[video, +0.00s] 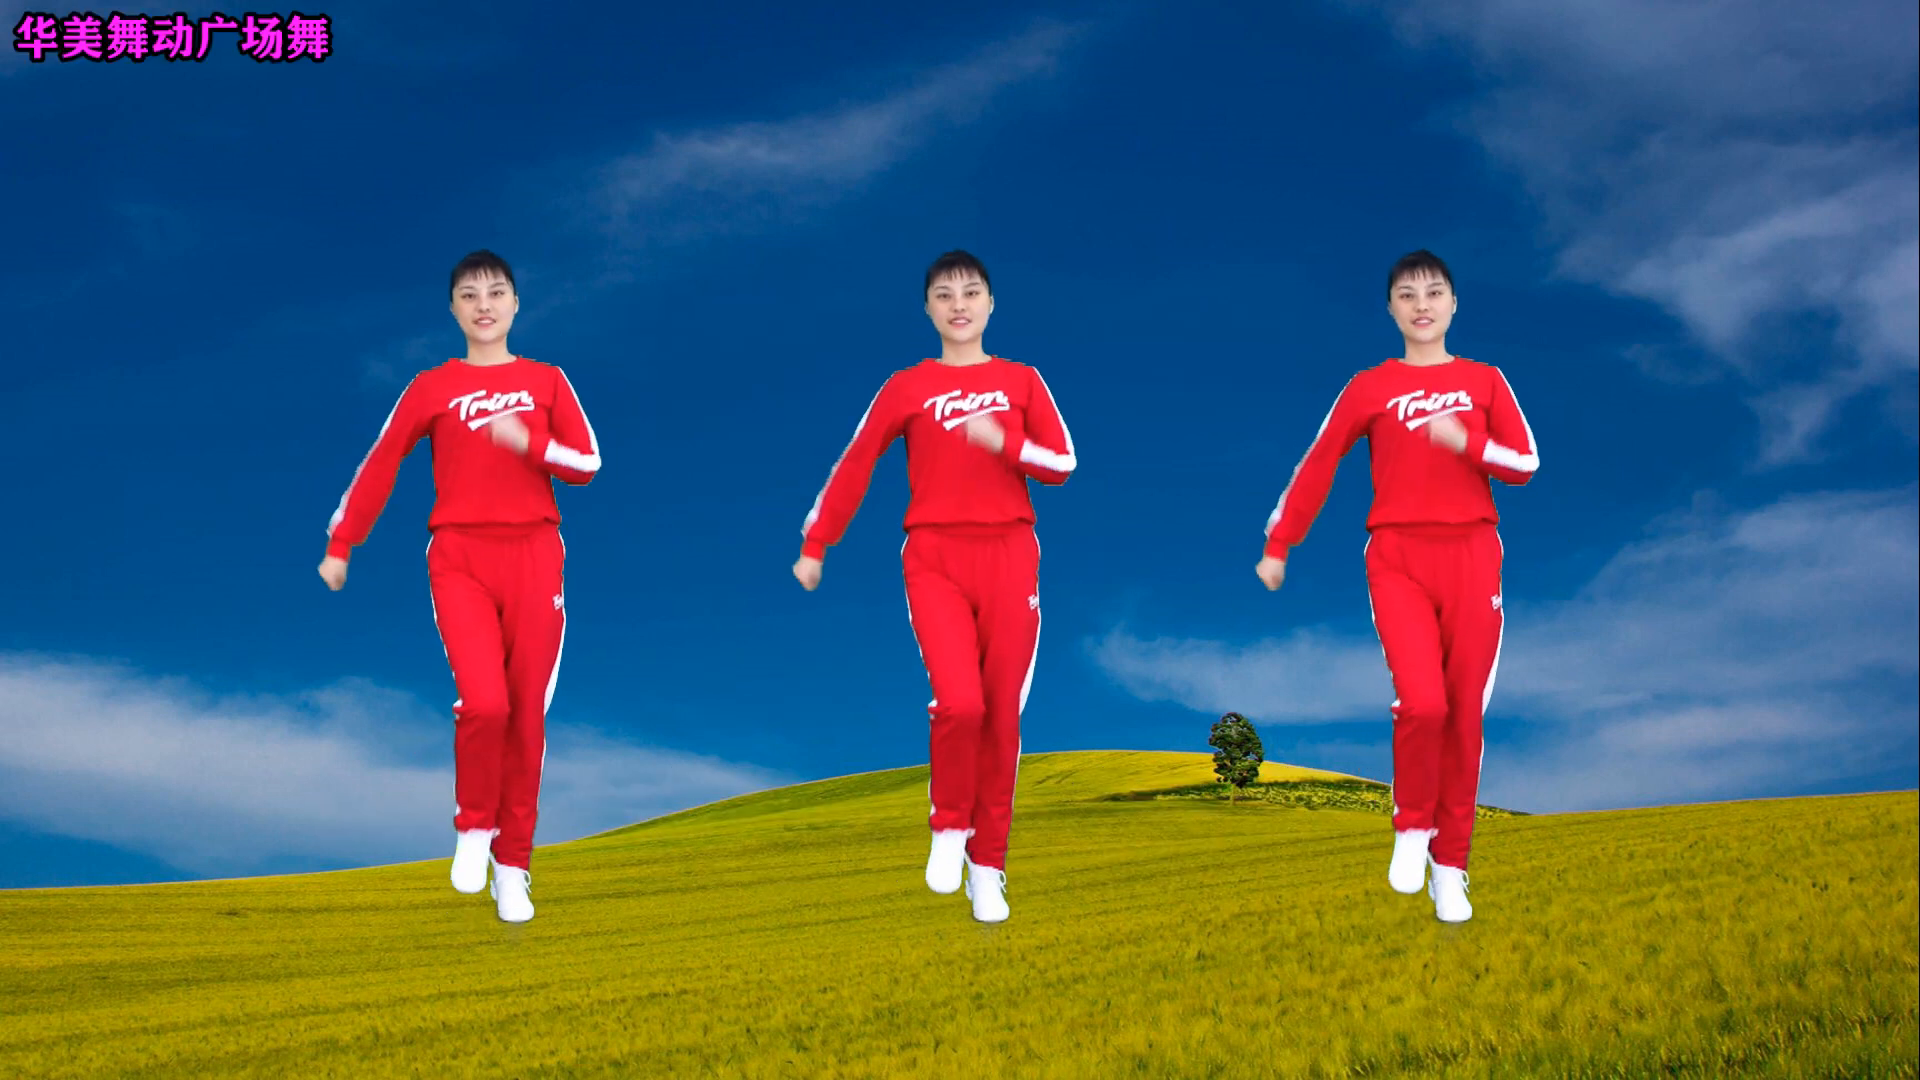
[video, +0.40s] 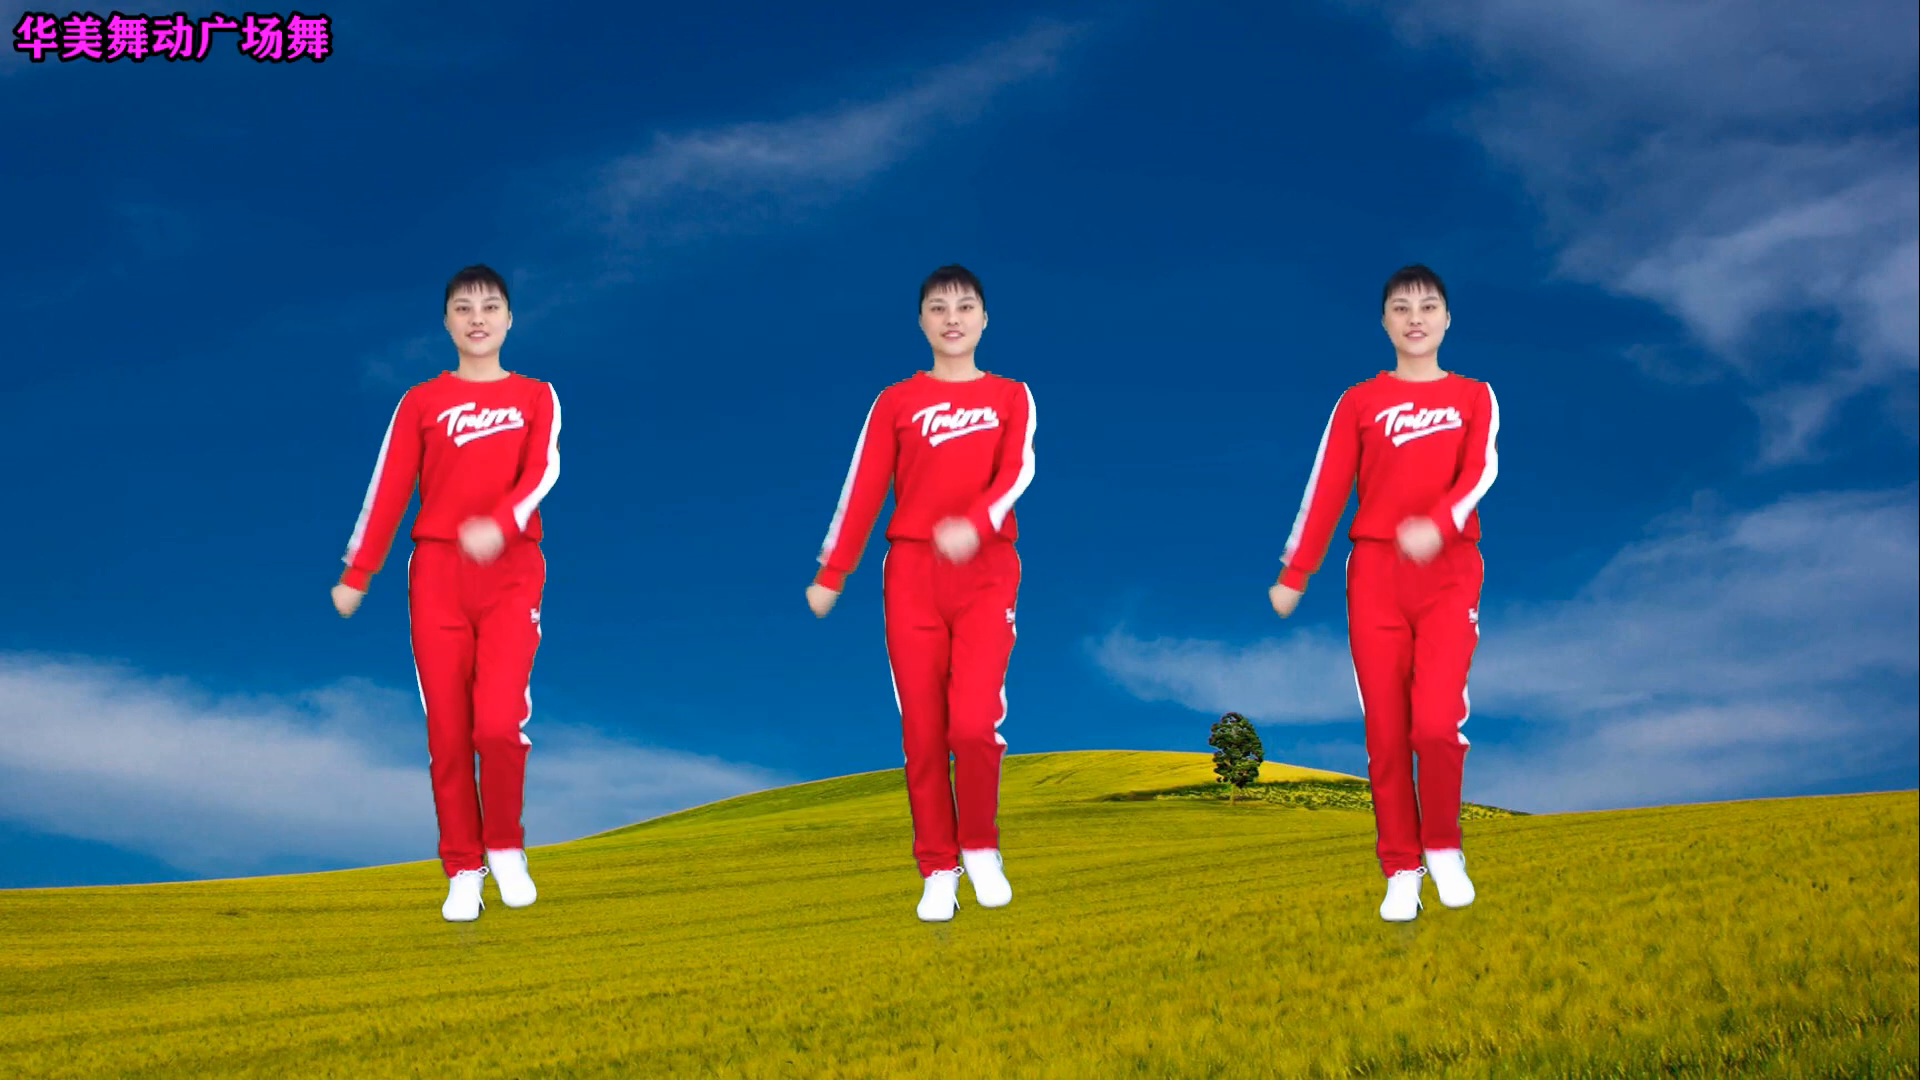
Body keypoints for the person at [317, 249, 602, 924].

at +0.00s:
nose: (484, 305)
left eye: (495, 294)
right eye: (471, 296)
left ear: (514, 303)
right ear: (455, 308)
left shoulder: (546, 381)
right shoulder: (430, 388)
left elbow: (586, 465)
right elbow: (379, 464)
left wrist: (531, 442)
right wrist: (340, 544)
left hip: (534, 556)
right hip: (458, 556)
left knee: (527, 712)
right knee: (485, 705)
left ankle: (514, 861)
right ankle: (475, 827)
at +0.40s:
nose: (478, 318)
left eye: (489, 308)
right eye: (465, 309)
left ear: (508, 319)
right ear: (448, 322)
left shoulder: (536, 396)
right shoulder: (420, 402)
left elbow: (540, 476)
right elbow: (388, 490)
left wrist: (499, 522)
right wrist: (357, 571)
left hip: (511, 577)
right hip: (437, 577)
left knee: (499, 724)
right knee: (446, 731)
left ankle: (504, 849)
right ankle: (462, 867)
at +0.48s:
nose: (475, 326)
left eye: (487, 316)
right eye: (462, 317)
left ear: (505, 328)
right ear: (446, 330)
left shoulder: (534, 405)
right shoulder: (419, 410)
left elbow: (540, 494)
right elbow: (405, 497)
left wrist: (534, 578)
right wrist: (412, 576)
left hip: (506, 580)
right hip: (435, 581)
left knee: (483, 719)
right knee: (434, 734)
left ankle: (501, 819)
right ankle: (462, 867)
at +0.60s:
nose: (473, 312)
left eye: (485, 302)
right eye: (460, 303)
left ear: (503, 314)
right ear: (443, 316)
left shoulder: (533, 393)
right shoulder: (414, 396)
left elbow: (570, 482)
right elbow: (378, 469)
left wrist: (590, 572)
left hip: (510, 568)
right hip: (435, 568)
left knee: (479, 706)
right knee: (436, 726)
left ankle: (498, 811)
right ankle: (463, 864)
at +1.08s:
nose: (480, 318)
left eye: (493, 308)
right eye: (468, 309)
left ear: (511, 321)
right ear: (450, 322)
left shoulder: (541, 399)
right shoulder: (426, 403)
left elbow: (580, 488)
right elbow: (418, 489)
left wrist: (616, 573)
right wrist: (442, 557)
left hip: (531, 574)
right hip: (456, 574)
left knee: (523, 725)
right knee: (470, 721)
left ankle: (507, 868)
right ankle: (469, 841)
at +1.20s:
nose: (482, 325)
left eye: (494, 315)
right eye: (469, 317)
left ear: (513, 328)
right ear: (453, 332)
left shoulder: (544, 409)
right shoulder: (429, 411)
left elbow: (559, 500)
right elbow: (410, 507)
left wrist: (545, 574)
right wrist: (399, 596)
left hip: (532, 582)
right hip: (457, 582)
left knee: (533, 727)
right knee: (487, 703)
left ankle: (507, 868)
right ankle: (474, 807)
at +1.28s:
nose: (482, 314)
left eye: (493, 304)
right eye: (469, 306)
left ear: (512, 316)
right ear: (453, 321)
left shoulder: (543, 393)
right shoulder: (428, 401)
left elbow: (566, 470)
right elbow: (391, 488)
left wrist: (515, 496)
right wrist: (366, 572)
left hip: (532, 572)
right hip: (457, 571)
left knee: (528, 718)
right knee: (487, 695)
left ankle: (509, 867)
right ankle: (477, 808)